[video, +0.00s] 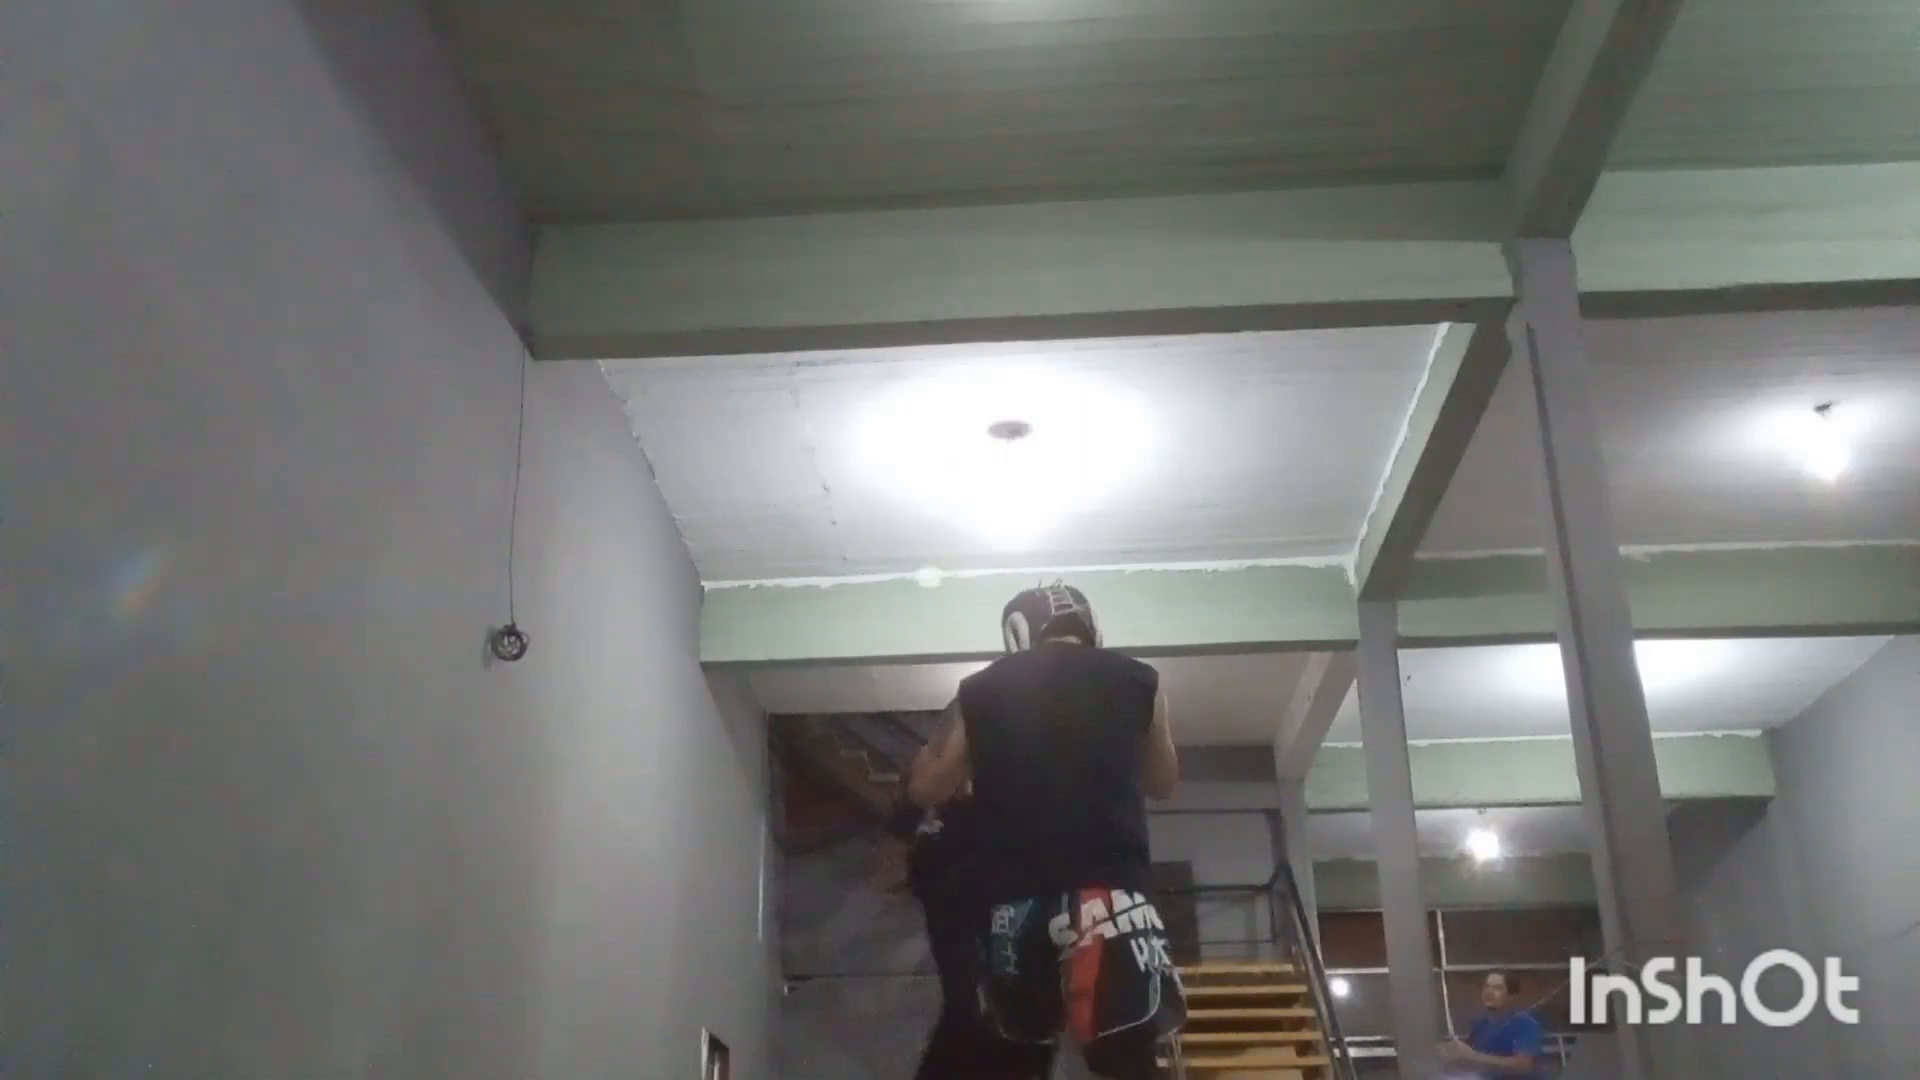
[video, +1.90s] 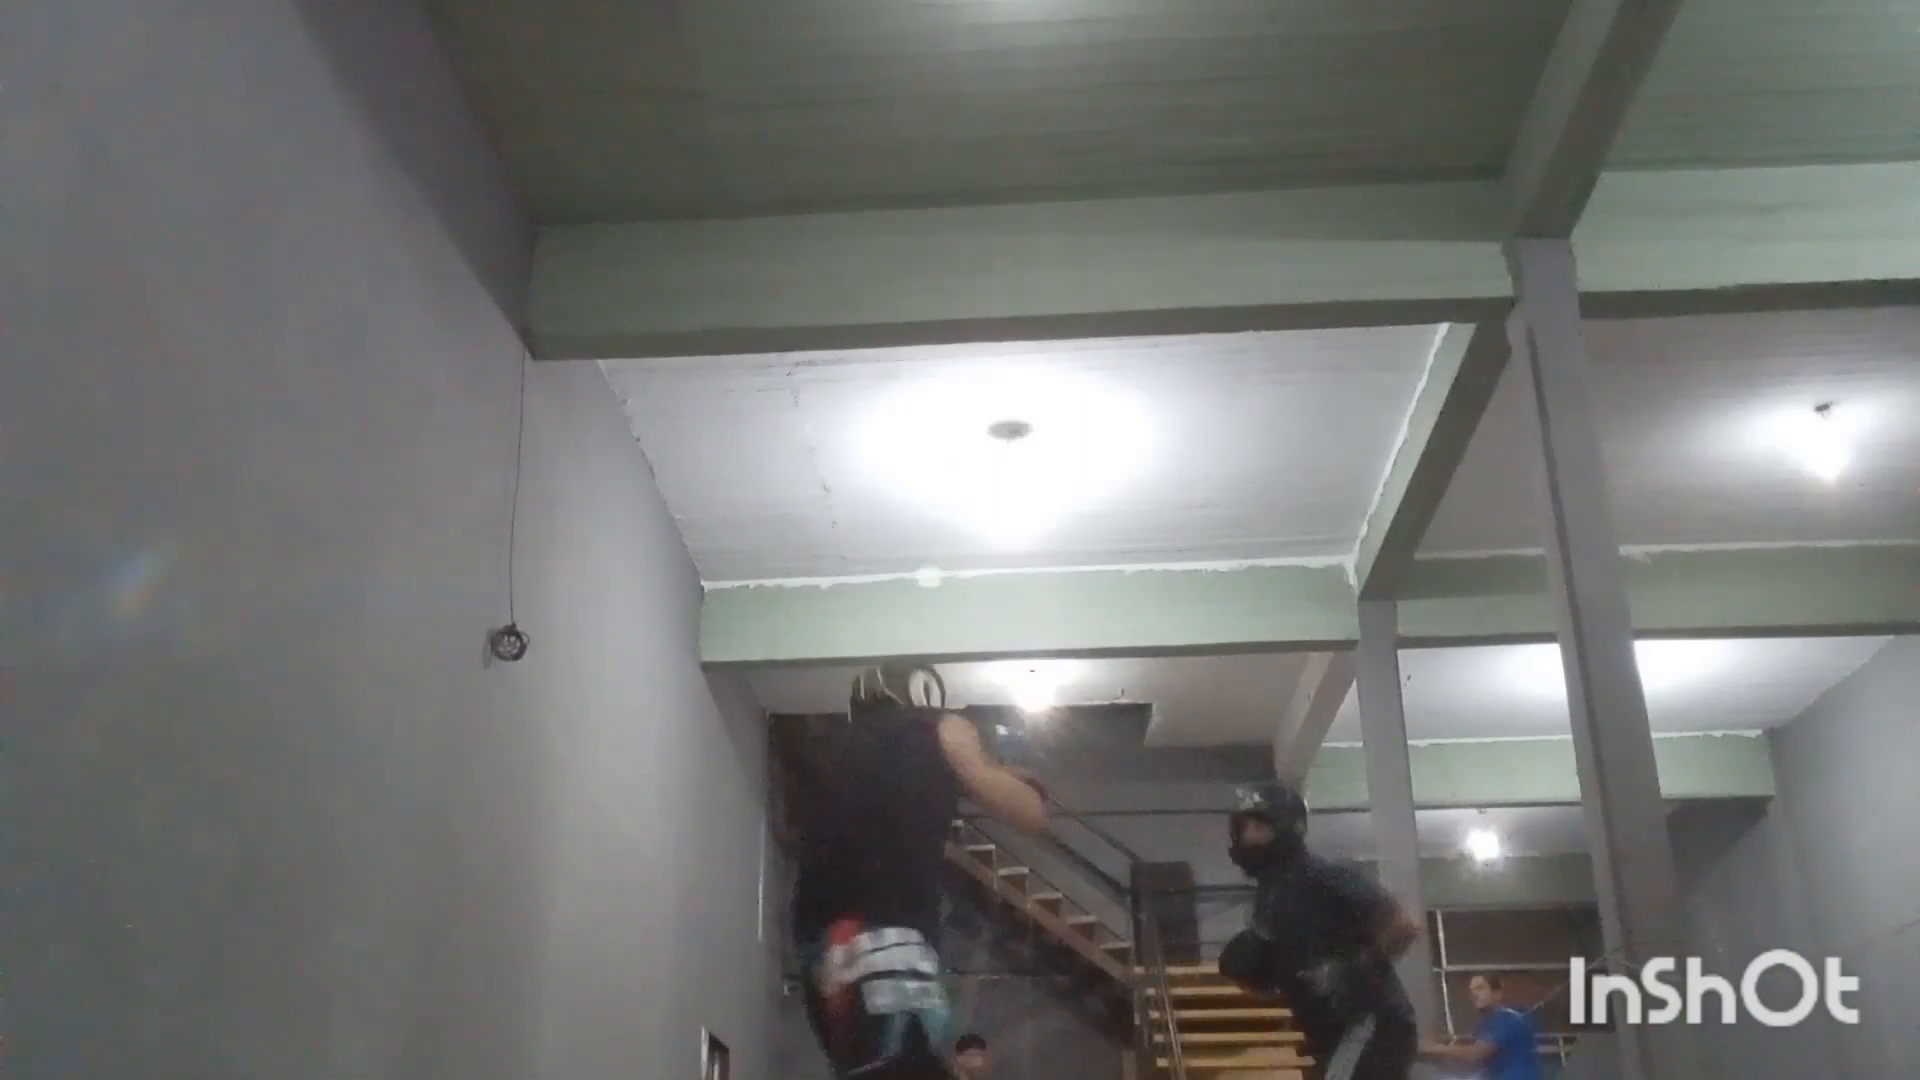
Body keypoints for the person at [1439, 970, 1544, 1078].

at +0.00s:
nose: (1489, 992)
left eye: (1497, 988)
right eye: (1487, 987)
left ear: (1511, 995)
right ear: (1482, 990)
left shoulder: (1525, 1024)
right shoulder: (1481, 1024)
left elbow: (1523, 1065)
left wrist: (1470, 1055)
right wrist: (1455, 1052)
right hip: (1481, 1075)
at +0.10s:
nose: (1487, 991)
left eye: (1495, 988)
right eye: (1485, 986)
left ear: (1510, 994)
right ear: (1481, 989)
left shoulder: (1522, 1022)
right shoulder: (1481, 1022)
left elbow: (1514, 1063)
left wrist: (1463, 1052)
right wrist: (1453, 1051)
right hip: (1485, 1075)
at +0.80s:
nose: (1476, 997)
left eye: (1482, 992)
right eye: (1474, 992)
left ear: (1500, 996)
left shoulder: (1515, 1021)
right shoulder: (1483, 1021)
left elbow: (1497, 1059)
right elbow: (1476, 1052)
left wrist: (1448, 1049)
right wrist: (1442, 1047)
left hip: (1520, 1075)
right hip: (1498, 1075)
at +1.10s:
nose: (1488, 999)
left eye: (1494, 993)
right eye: (1484, 995)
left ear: (1509, 994)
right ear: (1481, 998)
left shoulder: (1524, 1021)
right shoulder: (1497, 1022)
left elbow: (1495, 1058)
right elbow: (1482, 1051)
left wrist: (1446, 1049)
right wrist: (1446, 1046)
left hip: (1535, 1076)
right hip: (1513, 1075)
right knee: (1455, 1072)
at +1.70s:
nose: (1485, 996)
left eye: (1491, 991)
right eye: (1481, 993)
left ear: (1507, 993)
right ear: (1478, 997)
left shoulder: (1519, 1021)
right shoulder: (1496, 1021)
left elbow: (1483, 1055)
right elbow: (1482, 1051)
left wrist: (1434, 1046)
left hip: (1528, 1075)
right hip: (1508, 1075)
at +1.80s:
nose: (1478, 996)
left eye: (1484, 990)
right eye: (1476, 992)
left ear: (1502, 993)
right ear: (1473, 995)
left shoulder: (1513, 1020)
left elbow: (1474, 1053)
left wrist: (1421, 1047)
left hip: (1523, 1075)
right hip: (1507, 1075)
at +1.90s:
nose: (1474, 993)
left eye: (1480, 988)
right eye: (1472, 990)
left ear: (1497, 993)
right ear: (1469, 993)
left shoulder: (1508, 1019)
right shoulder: (1487, 1020)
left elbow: (1475, 1053)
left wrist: (1433, 1048)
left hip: (1516, 1075)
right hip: (1498, 1074)